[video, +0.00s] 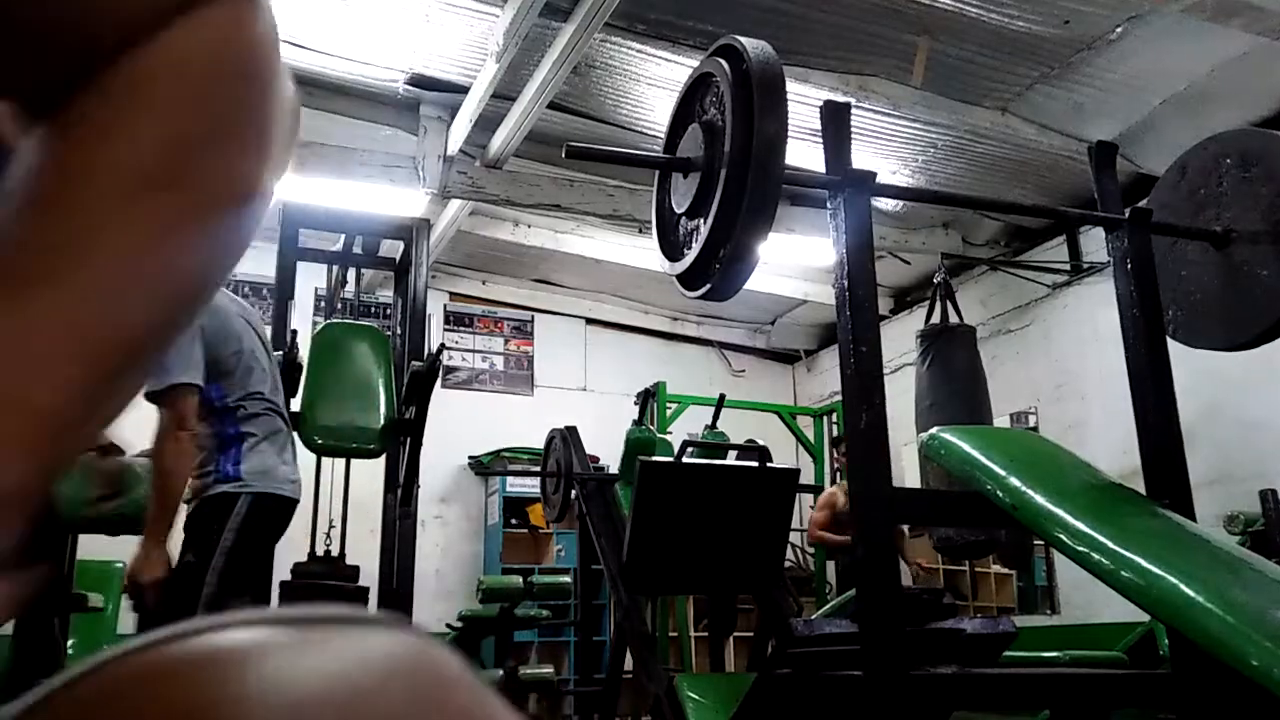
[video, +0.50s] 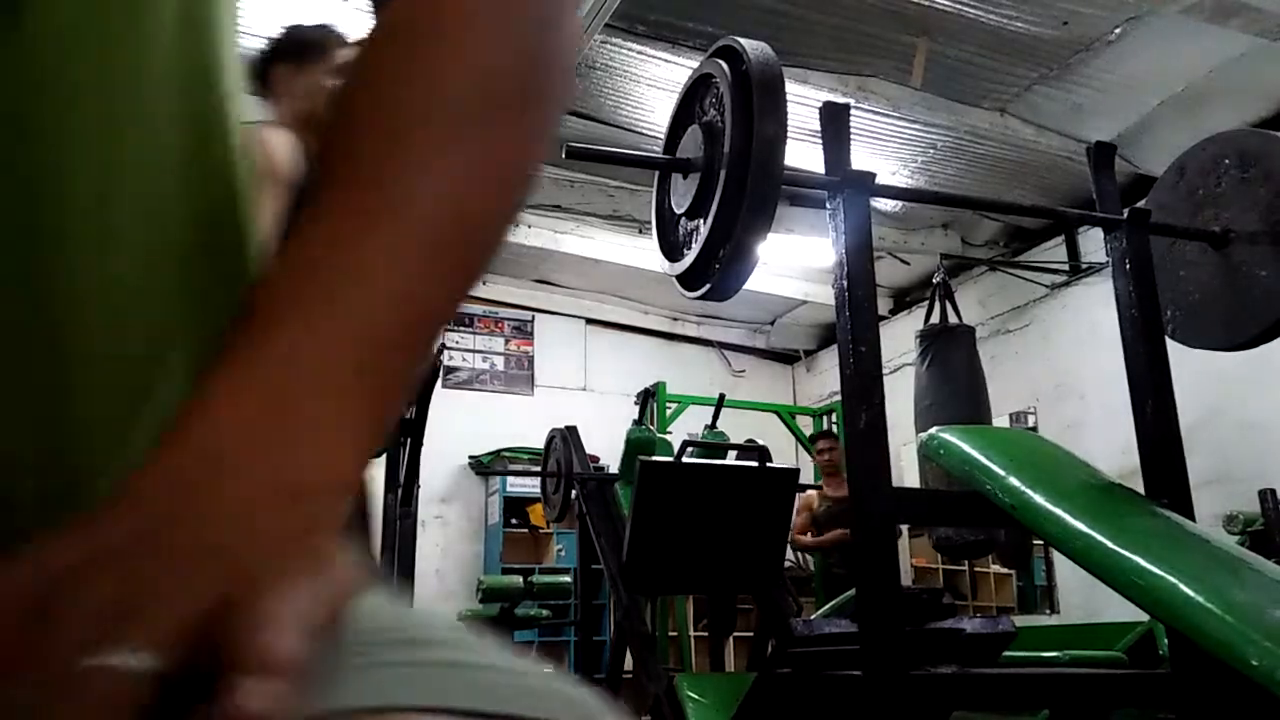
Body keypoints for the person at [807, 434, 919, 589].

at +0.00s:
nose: (852, 459)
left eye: (856, 453)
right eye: (846, 454)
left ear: (865, 456)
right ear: (838, 460)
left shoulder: (879, 491)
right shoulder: (833, 496)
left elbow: (896, 531)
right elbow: (814, 534)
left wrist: (911, 561)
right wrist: (852, 540)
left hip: (884, 572)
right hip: (851, 576)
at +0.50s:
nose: (827, 457)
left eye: (832, 450)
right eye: (821, 453)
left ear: (841, 452)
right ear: (814, 458)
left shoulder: (858, 489)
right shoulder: (811, 498)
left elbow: (893, 529)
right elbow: (797, 539)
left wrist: (856, 534)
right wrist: (827, 539)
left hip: (864, 569)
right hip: (830, 574)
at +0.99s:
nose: (826, 450)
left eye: (832, 443)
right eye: (820, 445)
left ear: (843, 446)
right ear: (814, 451)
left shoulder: (858, 486)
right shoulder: (808, 493)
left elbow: (878, 525)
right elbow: (798, 537)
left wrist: (851, 534)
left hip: (856, 568)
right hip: (822, 571)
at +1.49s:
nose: (793, 444)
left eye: (799, 437)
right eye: (789, 439)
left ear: (814, 440)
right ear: (786, 444)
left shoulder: (836, 480)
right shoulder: (789, 481)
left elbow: (856, 520)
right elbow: (787, 526)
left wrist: (820, 534)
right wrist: (786, 558)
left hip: (832, 571)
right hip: (796, 571)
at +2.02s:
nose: (757, 438)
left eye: (763, 431)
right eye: (750, 434)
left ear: (773, 436)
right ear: (742, 441)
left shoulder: (797, 475)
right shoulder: (737, 481)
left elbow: (828, 508)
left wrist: (837, 551)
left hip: (801, 570)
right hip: (760, 572)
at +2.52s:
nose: (776, 435)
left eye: (780, 429)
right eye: (768, 429)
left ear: (785, 432)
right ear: (750, 432)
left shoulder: (797, 473)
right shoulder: (737, 474)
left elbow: (823, 514)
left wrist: (840, 563)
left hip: (804, 569)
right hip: (760, 570)